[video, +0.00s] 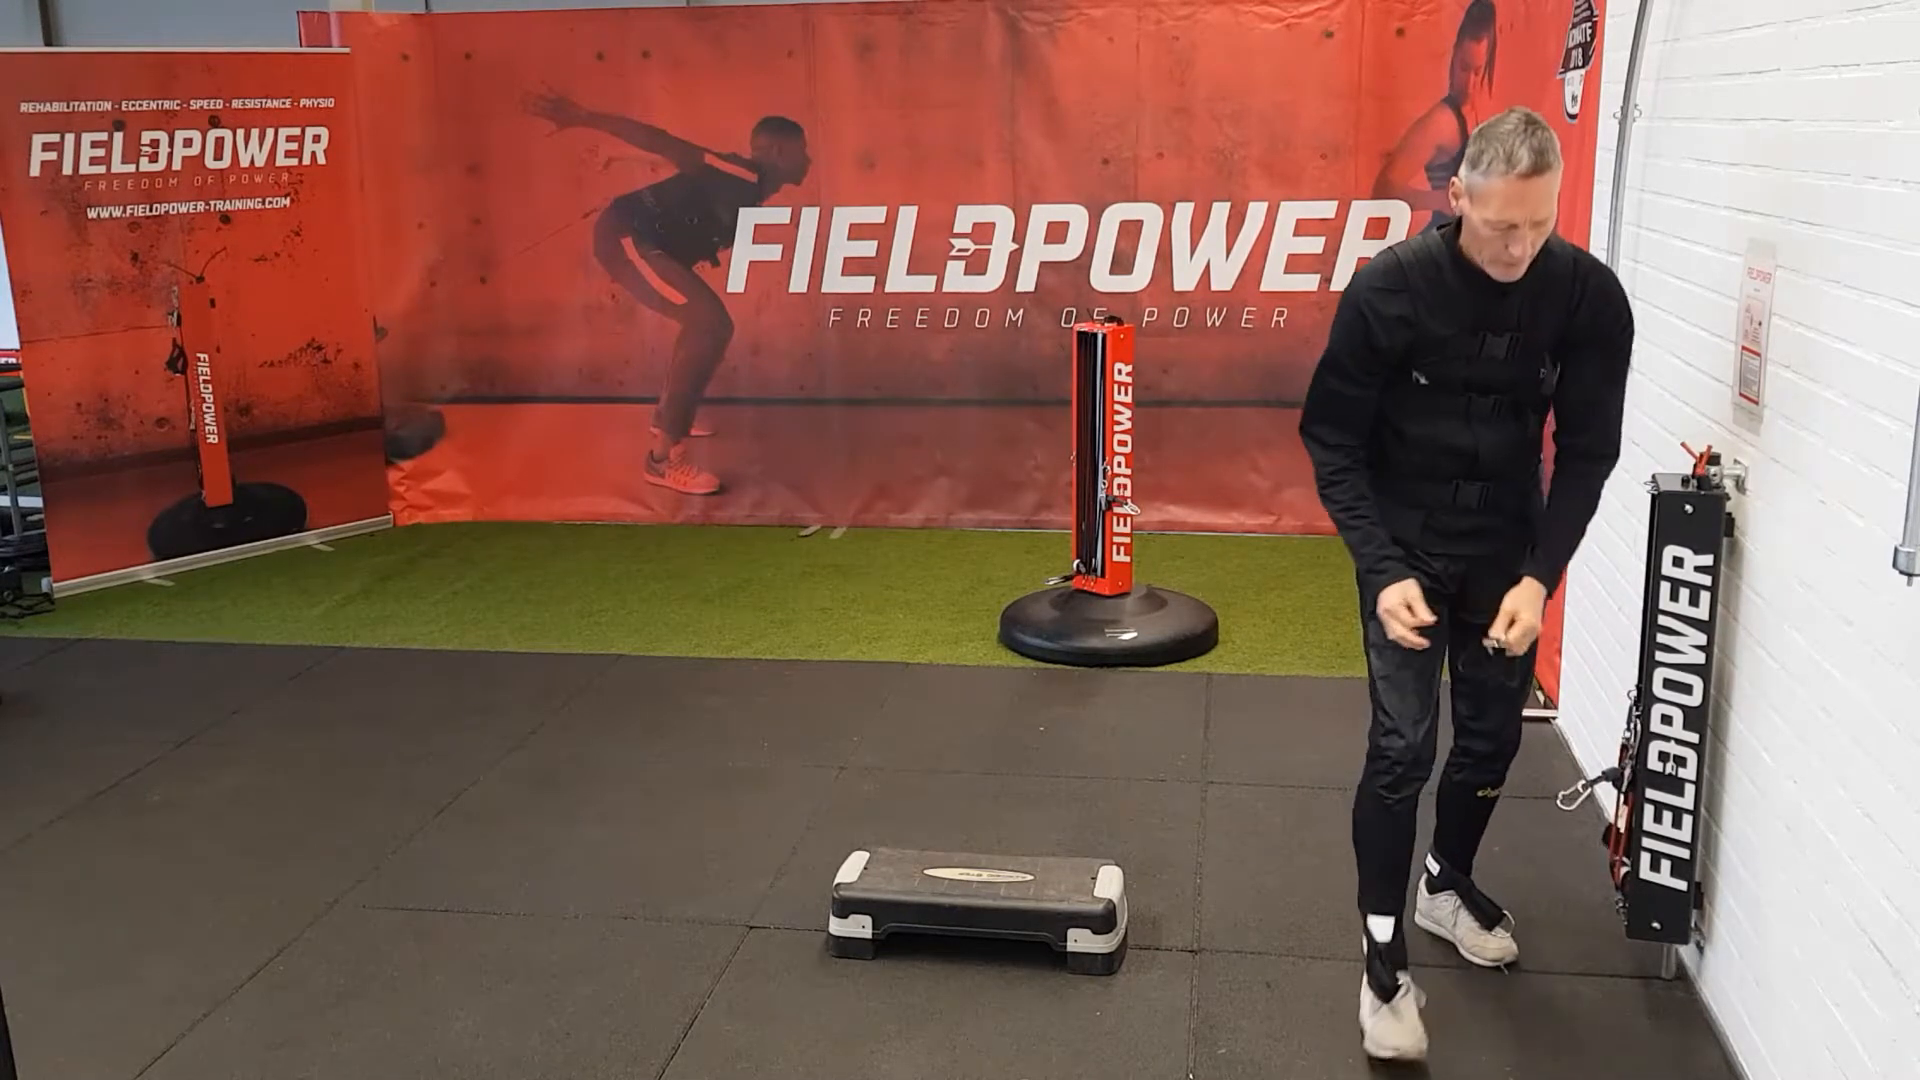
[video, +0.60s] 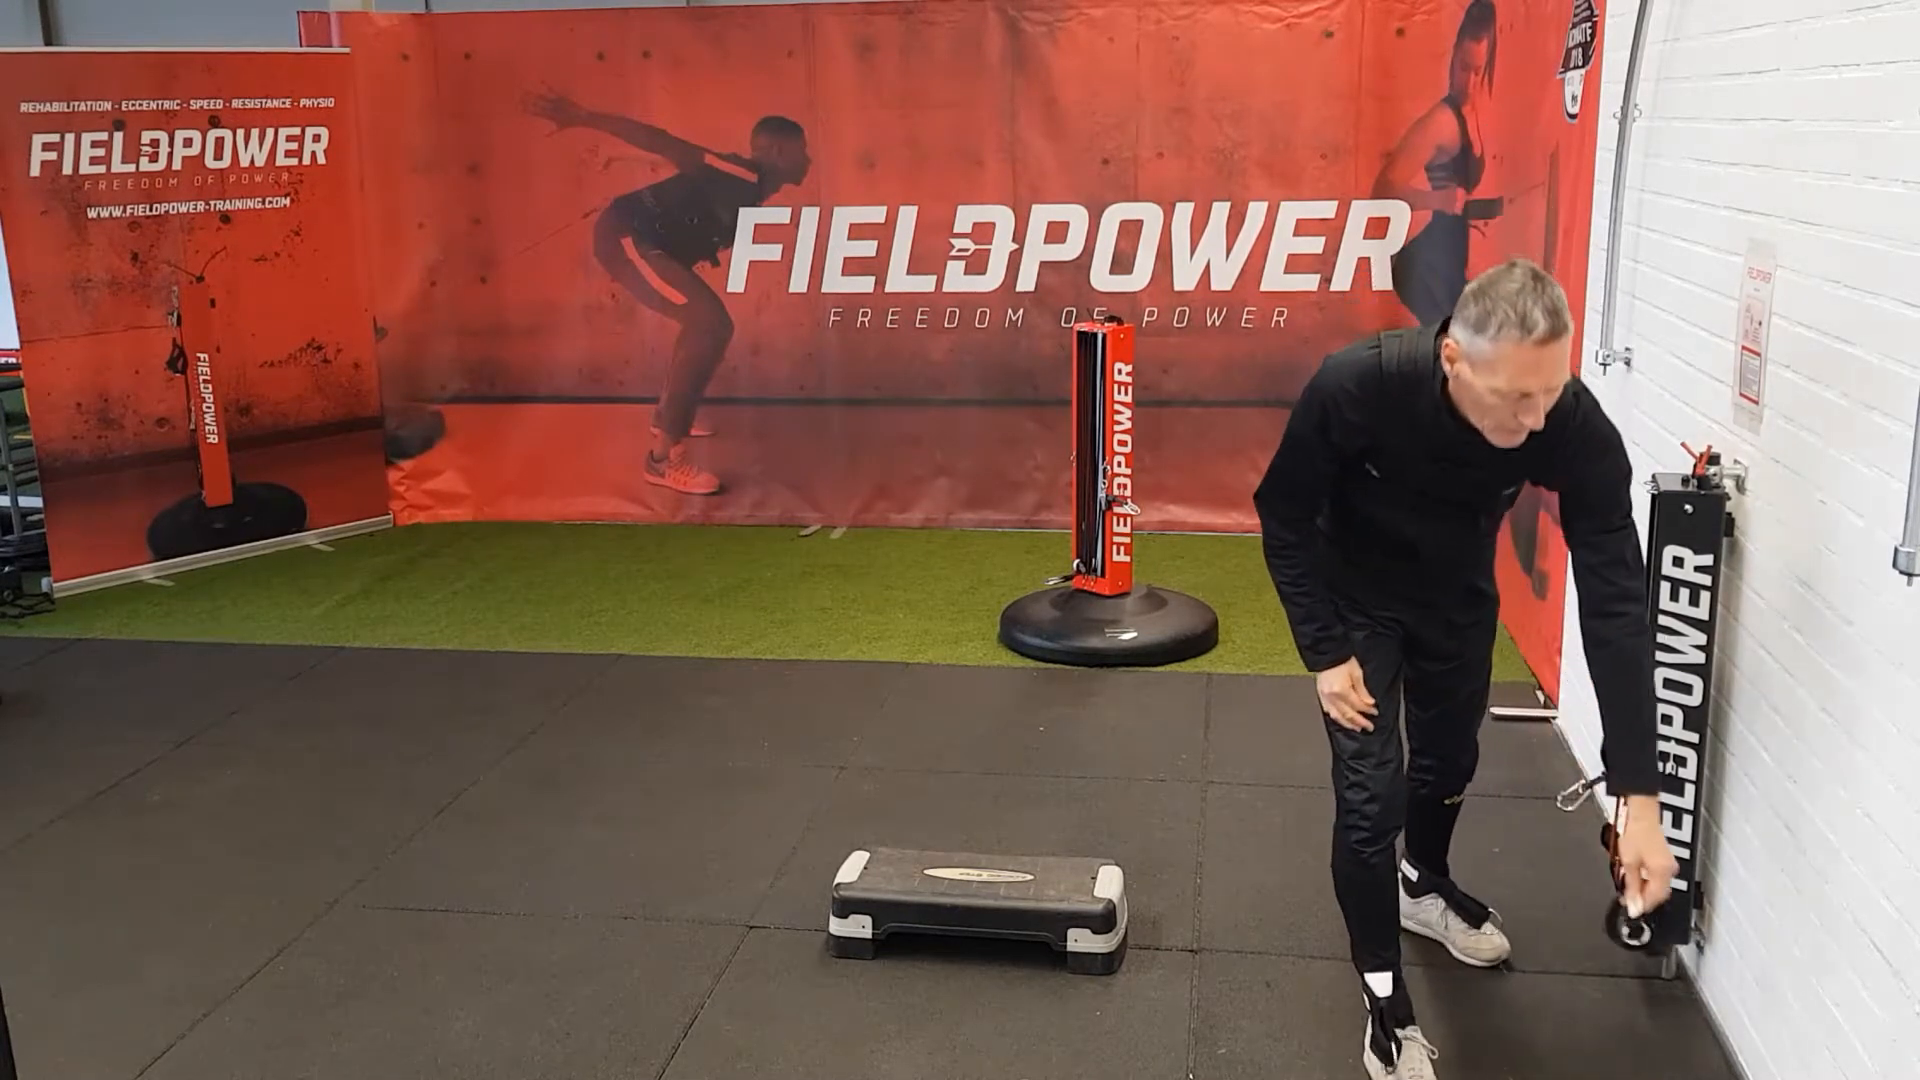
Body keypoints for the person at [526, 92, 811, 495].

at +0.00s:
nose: (807, 159)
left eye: (804, 150)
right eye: (801, 150)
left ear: (773, 151)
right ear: (772, 150)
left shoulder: (749, 189)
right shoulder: (737, 178)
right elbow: (662, 143)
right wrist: (582, 117)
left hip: (642, 237)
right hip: (627, 235)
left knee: (710, 322)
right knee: (712, 325)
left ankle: (670, 413)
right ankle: (665, 458)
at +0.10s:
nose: (807, 159)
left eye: (804, 150)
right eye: (800, 150)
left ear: (774, 151)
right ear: (772, 150)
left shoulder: (750, 190)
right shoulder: (736, 177)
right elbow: (661, 143)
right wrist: (582, 117)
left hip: (643, 236)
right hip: (627, 234)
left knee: (708, 322)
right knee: (713, 325)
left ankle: (670, 414)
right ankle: (665, 457)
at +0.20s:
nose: (807, 159)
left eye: (804, 150)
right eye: (800, 150)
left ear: (774, 152)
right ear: (772, 150)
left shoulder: (749, 191)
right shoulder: (735, 178)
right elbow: (661, 142)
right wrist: (582, 117)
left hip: (644, 236)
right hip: (627, 233)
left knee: (709, 322)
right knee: (712, 325)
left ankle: (670, 414)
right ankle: (665, 457)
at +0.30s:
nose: (807, 159)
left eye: (804, 150)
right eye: (801, 150)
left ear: (773, 151)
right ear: (772, 150)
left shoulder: (748, 188)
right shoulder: (736, 178)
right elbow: (662, 143)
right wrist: (582, 117)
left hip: (642, 236)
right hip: (627, 235)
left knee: (710, 322)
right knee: (712, 325)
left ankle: (670, 413)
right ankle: (665, 457)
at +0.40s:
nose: (807, 159)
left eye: (804, 150)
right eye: (800, 149)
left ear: (774, 151)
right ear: (772, 150)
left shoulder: (749, 191)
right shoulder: (735, 177)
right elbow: (661, 143)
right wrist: (582, 117)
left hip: (643, 236)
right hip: (627, 234)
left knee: (708, 322)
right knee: (713, 325)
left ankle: (670, 414)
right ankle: (665, 457)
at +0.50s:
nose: (807, 159)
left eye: (804, 150)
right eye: (800, 150)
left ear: (774, 151)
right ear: (772, 150)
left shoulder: (749, 191)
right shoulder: (735, 177)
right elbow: (661, 143)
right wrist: (582, 117)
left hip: (643, 236)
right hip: (627, 234)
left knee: (708, 322)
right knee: (713, 325)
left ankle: (670, 414)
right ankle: (665, 457)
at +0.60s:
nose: (807, 159)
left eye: (804, 150)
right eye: (801, 150)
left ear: (773, 151)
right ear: (772, 150)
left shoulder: (748, 188)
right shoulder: (736, 177)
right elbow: (662, 143)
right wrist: (582, 117)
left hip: (642, 236)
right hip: (627, 234)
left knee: (710, 321)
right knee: (712, 325)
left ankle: (670, 413)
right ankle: (665, 457)